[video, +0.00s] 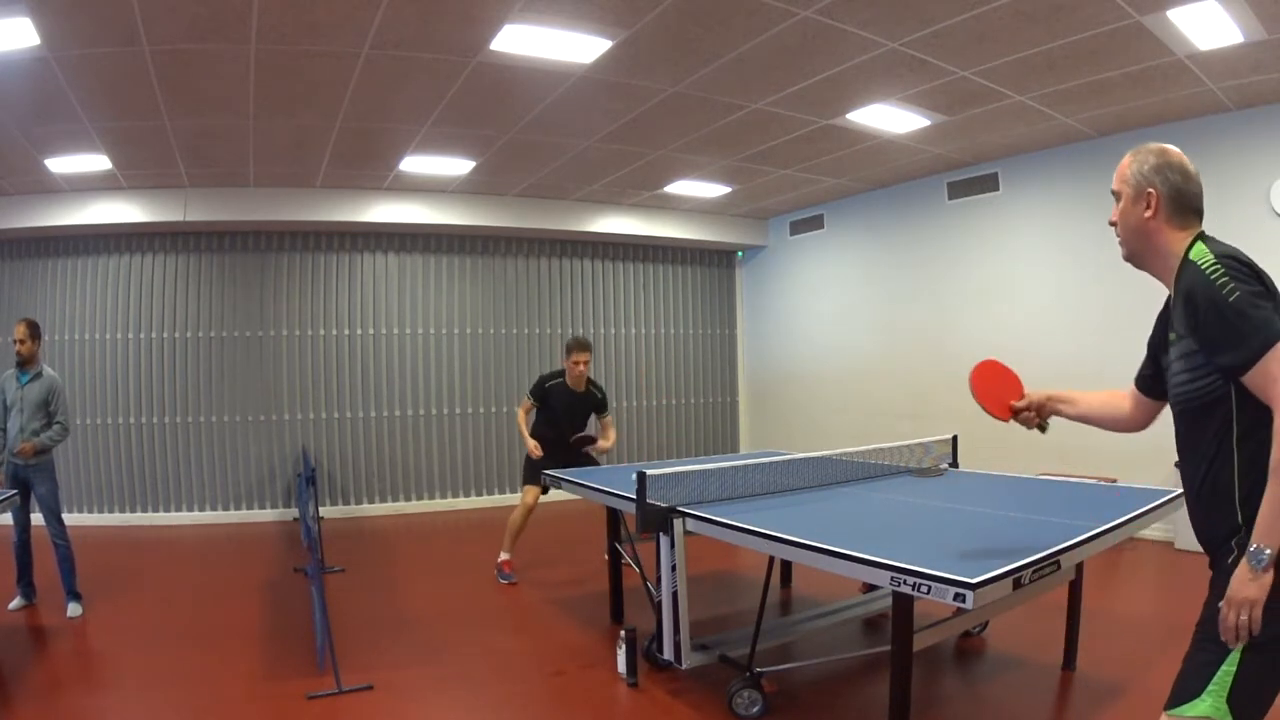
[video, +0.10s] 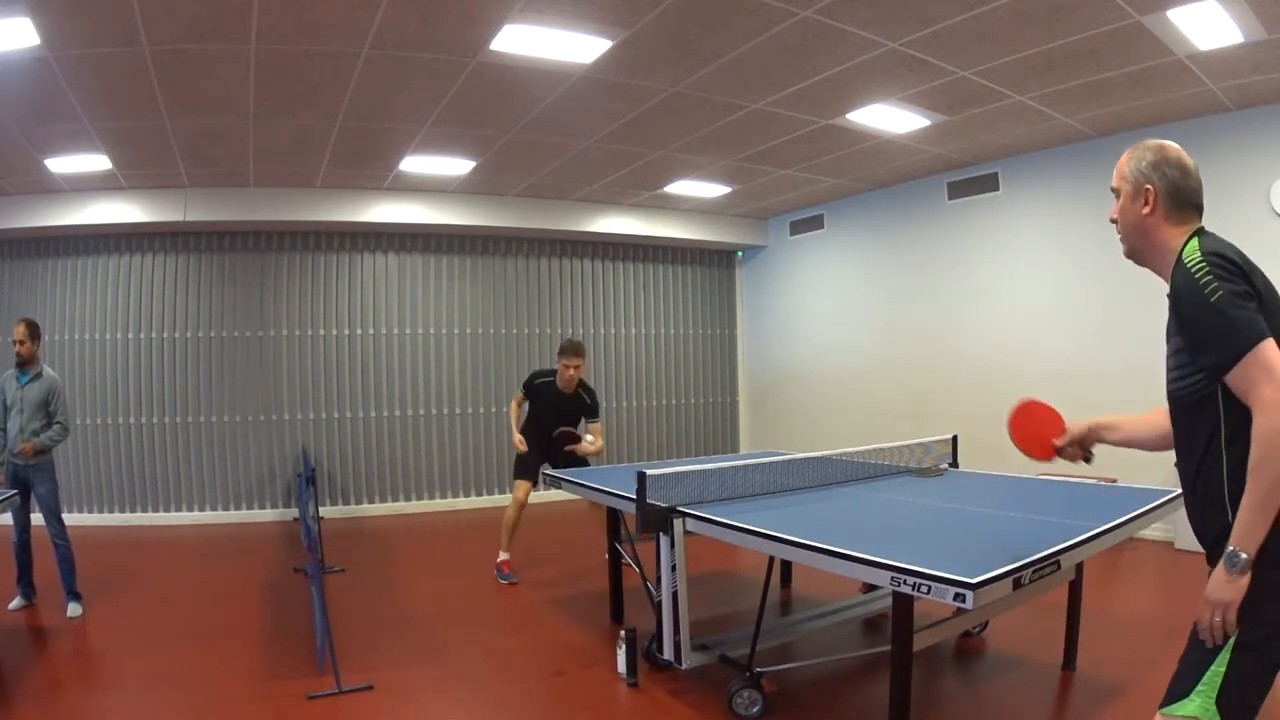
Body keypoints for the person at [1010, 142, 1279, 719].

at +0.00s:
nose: (1109, 218)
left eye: (1116, 199)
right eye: (1111, 200)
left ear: (1149, 205)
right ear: (1153, 206)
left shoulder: (1212, 282)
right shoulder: (1183, 299)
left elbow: (1278, 405)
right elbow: (1136, 410)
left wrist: (1259, 558)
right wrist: (1051, 402)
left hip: (1257, 561)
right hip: (1240, 555)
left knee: (1194, 712)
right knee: (1209, 709)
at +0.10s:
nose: (1111, 215)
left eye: (1115, 196)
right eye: (1111, 198)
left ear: (1147, 200)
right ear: (1155, 200)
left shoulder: (1200, 271)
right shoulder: (1202, 271)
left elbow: (1273, 401)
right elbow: (1195, 421)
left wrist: (1236, 560)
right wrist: (1094, 431)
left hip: (1260, 564)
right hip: (1259, 560)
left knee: (1191, 712)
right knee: (1203, 710)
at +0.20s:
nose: (1116, 226)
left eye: (1123, 207)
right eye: (1118, 208)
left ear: (1153, 212)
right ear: (1161, 212)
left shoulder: (1199, 286)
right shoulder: (1219, 275)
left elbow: (1266, 417)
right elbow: (1226, 428)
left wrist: (1214, 564)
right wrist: (1138, 465)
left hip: (1259, 567)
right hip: (1261, 560)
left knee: (1184, 711)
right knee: (1208, 707)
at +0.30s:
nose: (1122, 256)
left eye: (1126, 238)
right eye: (1122, 239)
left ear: (1156, 240)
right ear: (1171, 239)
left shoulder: (1204, 315)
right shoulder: (1225, 298)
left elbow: (1267, 443)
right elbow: (1235, 450)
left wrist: (1205, 574)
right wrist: (1159, 514)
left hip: (1264, 573)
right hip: (1263, 566)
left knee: (1180, 712)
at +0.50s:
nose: (1118, 273)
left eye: (1126, 255)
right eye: (1120, 257)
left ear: (1163, 257)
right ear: (1161, 260)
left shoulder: (1231, 329)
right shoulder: (1191, 359)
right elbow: (1177, 496)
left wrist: (1225, 586)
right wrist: (1106, 560)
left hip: (1275, 583)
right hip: (1259, 580)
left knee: (1188, 713)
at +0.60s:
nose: (1109, 263)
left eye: (1117, 243)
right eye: (1108, 245)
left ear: (1164, 242)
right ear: (1160, 244)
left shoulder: (1239, 324)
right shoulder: (1173, 342)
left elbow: (1279, 477)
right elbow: (1133, 468)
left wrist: (1221, 612)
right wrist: (1040, 510)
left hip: (1275, 586)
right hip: (1249, 582)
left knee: (1206, 710)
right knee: (1261, 704)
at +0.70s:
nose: (1106, 303)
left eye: (1117, 278)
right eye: (1096, 283)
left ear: (1170, 256)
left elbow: (1268, 546)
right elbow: (1116, 425)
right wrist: (1028, 463)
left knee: (1255, 708)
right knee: (1224, 703)